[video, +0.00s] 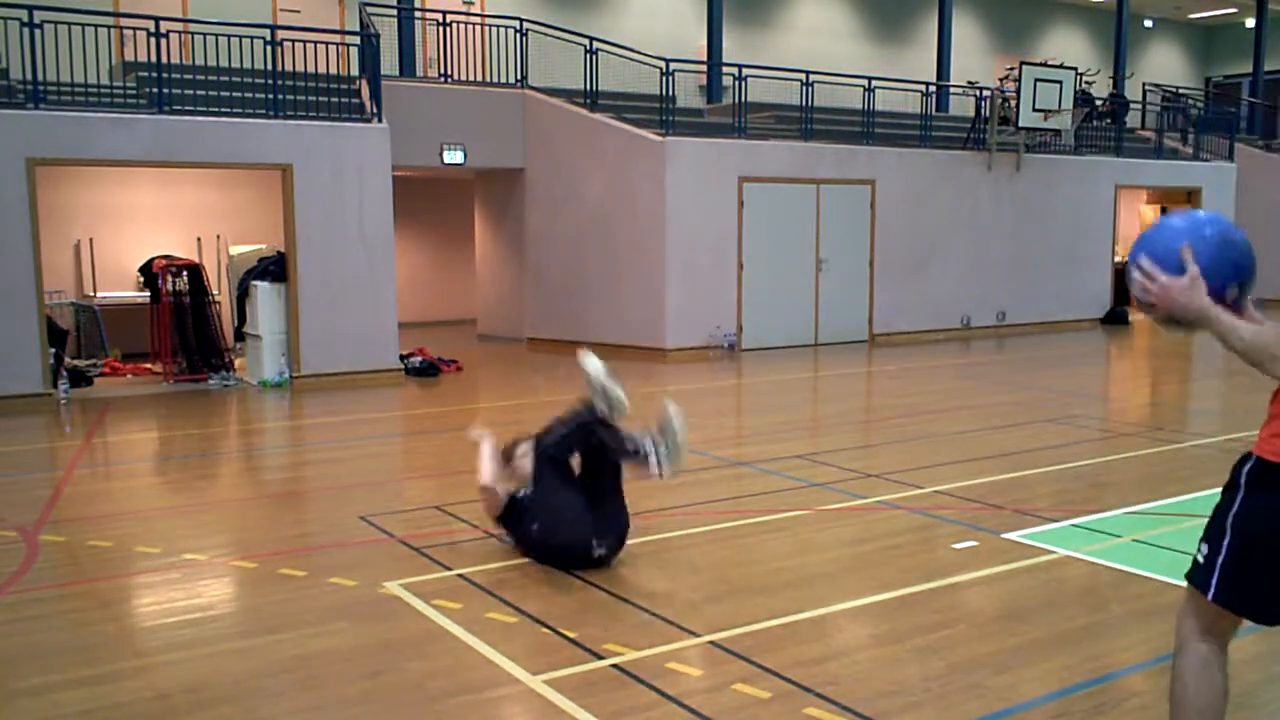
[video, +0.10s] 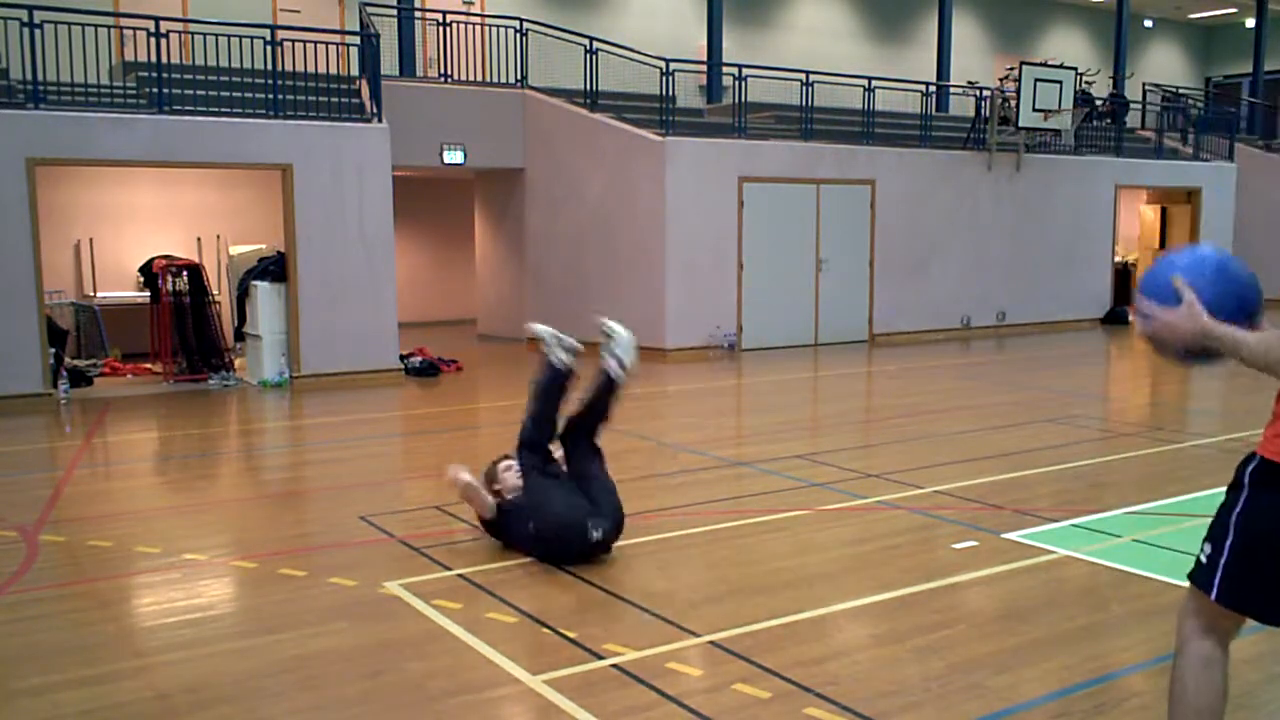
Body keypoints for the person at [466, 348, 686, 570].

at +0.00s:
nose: (533, 458)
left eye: (531, 453)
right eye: (525, 455)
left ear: (538, 458)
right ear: (510, 469)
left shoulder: (565, 487)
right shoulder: (512, 508)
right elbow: (487, 486)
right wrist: (486, 443)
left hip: (607, 540)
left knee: (595, 441)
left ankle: (655, 452)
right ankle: (596, 408)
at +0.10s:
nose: (518, 470)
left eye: (517, 467)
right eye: (509, 469)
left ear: (526, 471)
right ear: (496, 487)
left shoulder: (545, 485)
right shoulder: (502, 518)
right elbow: (478, 497)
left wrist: (561, 465)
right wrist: (463, 480)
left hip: (604, 519)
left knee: (577, 436)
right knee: (530, 445)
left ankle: (612, 370)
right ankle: (557, 364)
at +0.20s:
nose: (512, 475)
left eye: (511, 472)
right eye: (502, 475)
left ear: (518, 475)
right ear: (491, 493)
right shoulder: (495, 516)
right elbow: (453, 477)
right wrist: (447, 502)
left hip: (603, 509)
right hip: (565, 521)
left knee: (564, 436)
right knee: (523, 448)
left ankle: (564, 341)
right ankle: (521, 353)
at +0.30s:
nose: (506, 481)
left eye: (506, 478)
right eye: (497, 482)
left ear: (514, 481)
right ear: (489, 498)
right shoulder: (494, 517)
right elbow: (449, 477)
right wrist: (449, 515)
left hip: (601, 492)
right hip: (558, 506)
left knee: (545, 435)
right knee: (512, 450)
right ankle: (503, 359)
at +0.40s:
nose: (506, 485)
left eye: (505, 482)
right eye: (496, 487)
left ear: (514, 484)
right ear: (488, 501)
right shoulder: (492, 519)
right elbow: (448, 477)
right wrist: (456, 517)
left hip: (595, 468)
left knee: (532, 439)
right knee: (502, 454)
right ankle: (484, 369)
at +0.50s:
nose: (500, 489)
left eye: (499, 487)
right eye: (493, 493)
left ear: (506, 487)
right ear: (488, 507)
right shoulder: (495, 522)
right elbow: (447, 478)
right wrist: (456, 519)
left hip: (588, 454)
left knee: (523, 451)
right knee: (493, 460)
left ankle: (477, 381)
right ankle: (467, 383)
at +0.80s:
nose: (494, 492)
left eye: (494, 491)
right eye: (490, 499)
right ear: (489, 507)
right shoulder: (497, 524)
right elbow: (440, 485)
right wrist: (458, 520)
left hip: (574, 435)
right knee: (487, 472)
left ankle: (488, 385)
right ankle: (459, 399)